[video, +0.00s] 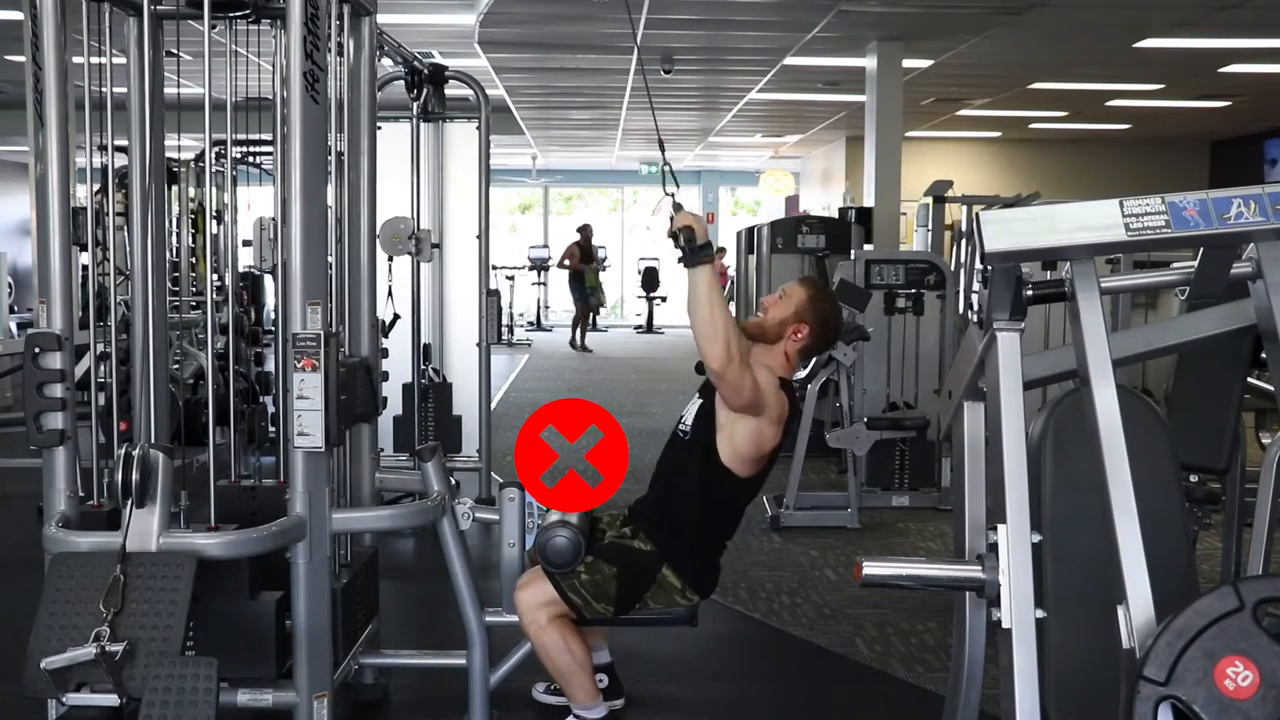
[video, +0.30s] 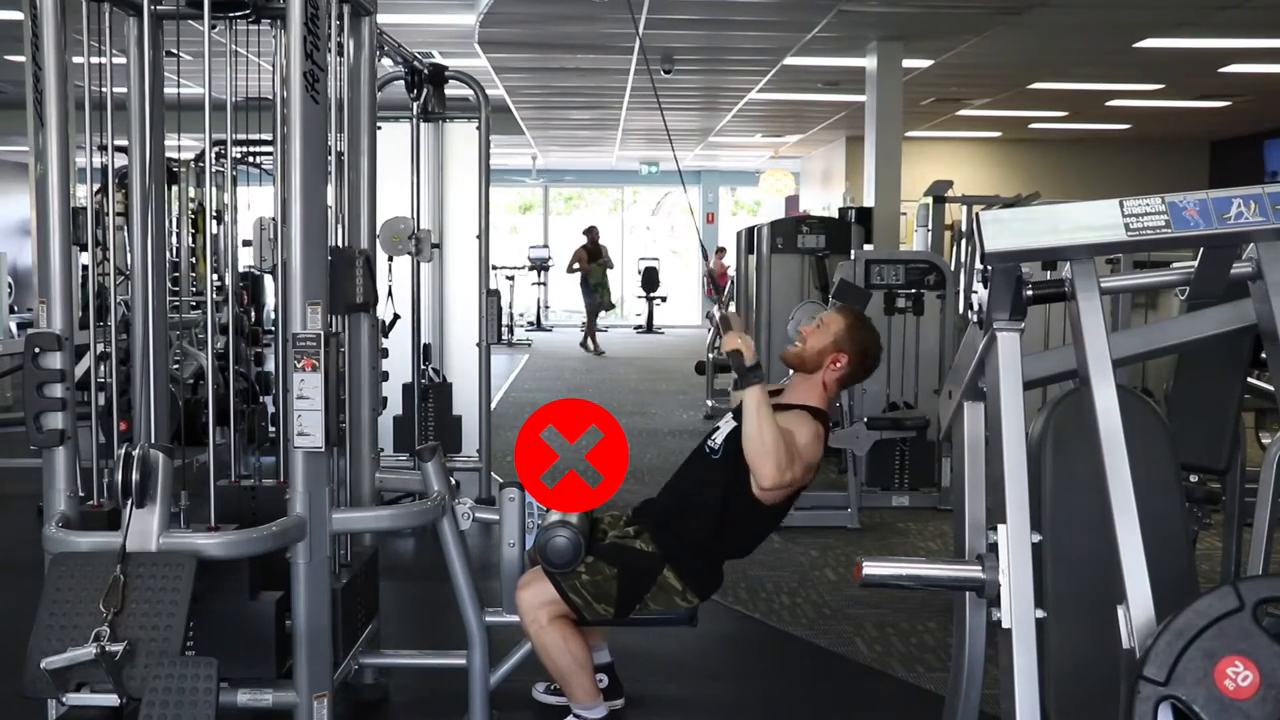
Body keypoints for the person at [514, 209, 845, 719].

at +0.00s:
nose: (765, 298)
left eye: (779, 297)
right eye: (775, 292)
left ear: (796, 332)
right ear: (795, 334)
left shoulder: (762, 396)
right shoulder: (751, 371)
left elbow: (720, 356)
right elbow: (720, 336)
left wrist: (697, 250)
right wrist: (706, 265)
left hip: (670, 564)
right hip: (649, 529)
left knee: (533, 596)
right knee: (552, 545)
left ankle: (589, 711)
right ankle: (595, 672)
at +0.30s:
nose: (803, 326)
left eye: (818, 327)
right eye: (814, 320)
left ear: (835, 363)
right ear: (832, 364)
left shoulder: (807, 427)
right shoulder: (785, 394)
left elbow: (771, 480)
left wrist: (750, 375)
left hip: (676, 564)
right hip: (654, 526)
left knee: (534, 597)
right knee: (551, 544)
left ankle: (590, 713)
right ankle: (595, 672)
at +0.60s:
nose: (825, 347)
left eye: (839, 347)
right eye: (835, 341)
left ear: (855, 382)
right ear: (853, 382)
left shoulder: (824, 442)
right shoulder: (807, 408)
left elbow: (809, 532)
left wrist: (792, 438)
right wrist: (770, 396)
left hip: (680, 561)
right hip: (661, 523)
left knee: (537, 594)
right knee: (551, 545)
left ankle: (590, 711)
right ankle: (596, 672)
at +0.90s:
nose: (831, 350)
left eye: (847, 351)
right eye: (842, 344)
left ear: (860, 387)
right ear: (857, 386)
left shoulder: (828, 446)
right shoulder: (809, 412)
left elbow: (806, 524)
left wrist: (788, 433)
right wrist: (769, 401)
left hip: (683, 563)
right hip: (665, 524)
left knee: (540, 593)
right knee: (553, 547)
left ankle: (590, 711)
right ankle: (595, 671)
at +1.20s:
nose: (817, 336)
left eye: (832, 337)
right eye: (827, 330)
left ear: (845, 373)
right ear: (842, 372)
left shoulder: (813, 427)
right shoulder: (795, 396)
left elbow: (766, 435)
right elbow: (739, 386)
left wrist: (747, 331)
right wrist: (729, 322)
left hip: (680, 561)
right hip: (662, 525)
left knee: (537, 595)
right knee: (557, 544)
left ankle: (590, 712)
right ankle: (595, 673)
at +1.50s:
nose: (766, 301)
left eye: (782, 302)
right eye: (777, 296)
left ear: (796, 337)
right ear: (794, 339)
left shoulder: (760, 389)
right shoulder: (751, 373)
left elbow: (714, 330)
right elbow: (711, 321)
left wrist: (691, 228)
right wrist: (689, 235)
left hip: (669, 560)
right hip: (649, 528)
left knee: (532, 598)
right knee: (544, 559)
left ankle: (590, 711)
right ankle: (594, 670)